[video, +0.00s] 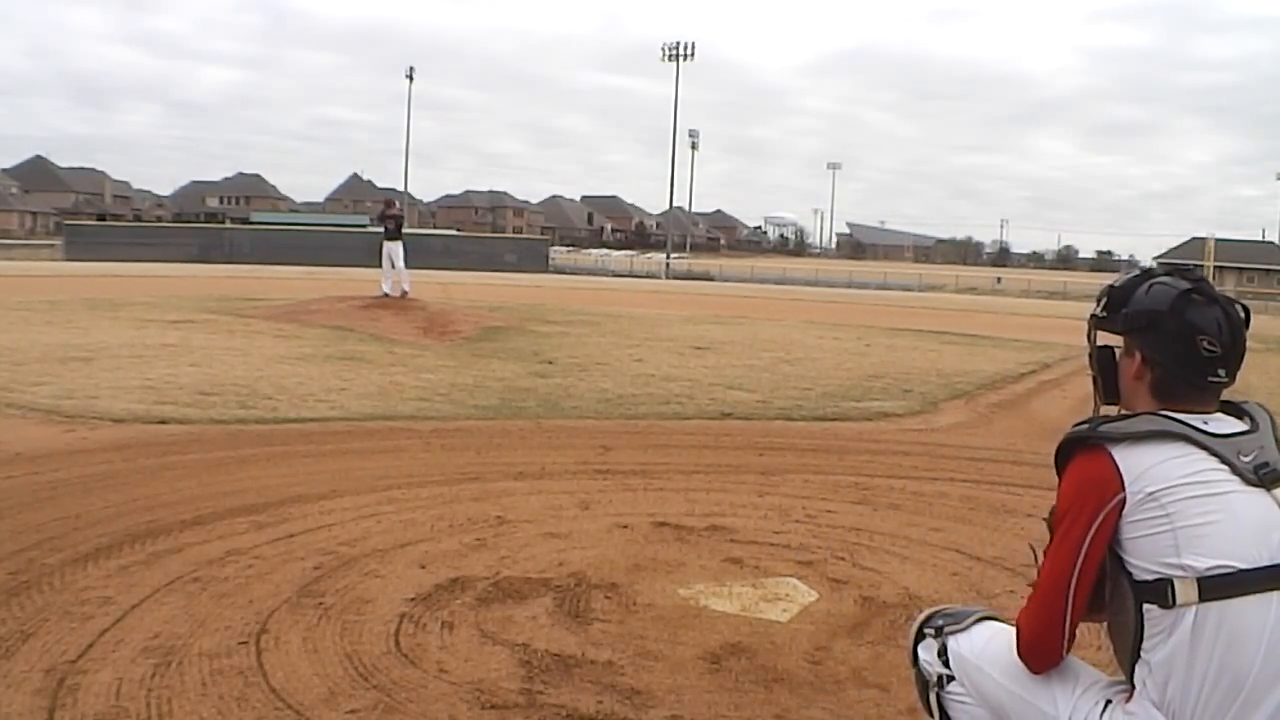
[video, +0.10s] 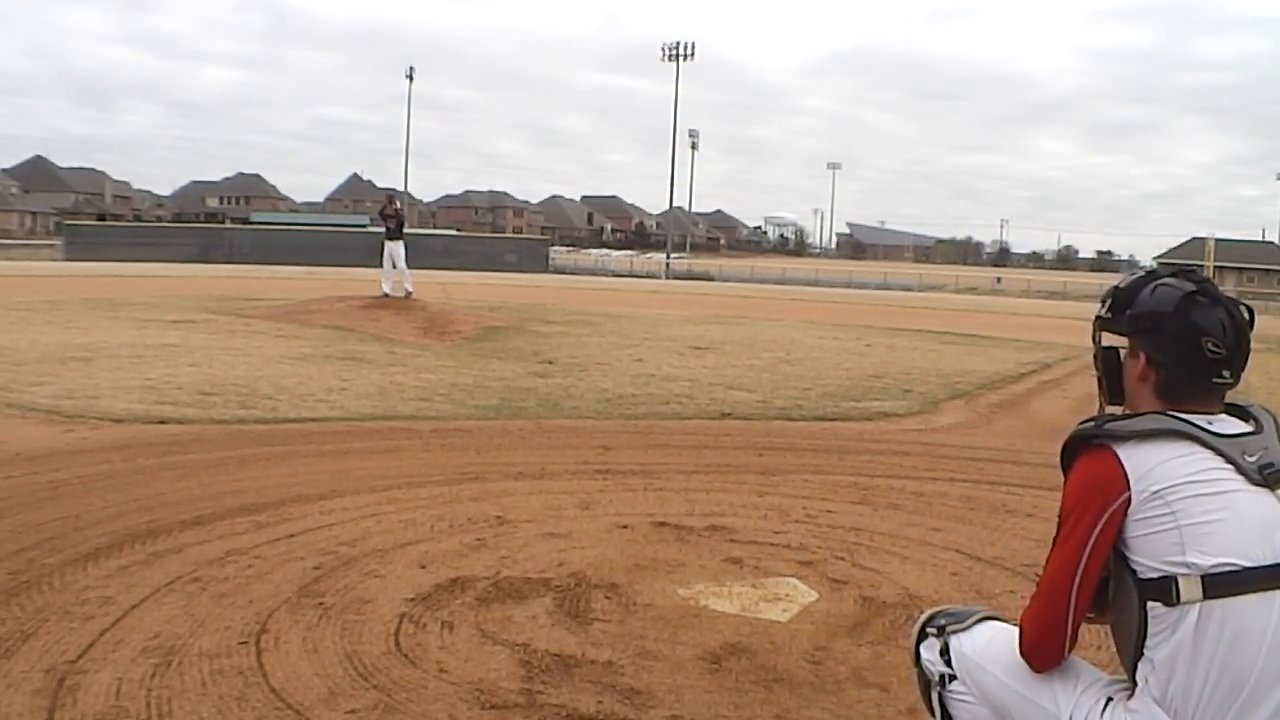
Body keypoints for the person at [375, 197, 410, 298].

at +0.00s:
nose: (391, 211)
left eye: (393, 209)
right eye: (389, 209)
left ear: (395, 207)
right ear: (386, 208)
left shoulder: (399, 215)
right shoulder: (385, 215)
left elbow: (399, 224)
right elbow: (379, 219)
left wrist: (395, 213)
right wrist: (384, 210)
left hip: (396, 240)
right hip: (386, 240)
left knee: (400, 266)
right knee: (385, 267)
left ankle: (405, 288)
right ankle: (386, 289)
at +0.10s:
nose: (391, 207)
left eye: (391, 205)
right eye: (390, 205)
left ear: (394, 205)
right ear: (389, 206)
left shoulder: (399, 216)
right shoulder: (387, 217)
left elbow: (401, 220)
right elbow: (380, 213)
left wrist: (398, 209)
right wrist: (386, 204)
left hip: (398, 241)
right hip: (388, 241)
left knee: (401, 266)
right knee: (386, 267)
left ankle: (408, 289)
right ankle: (386, 289)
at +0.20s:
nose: (393, 209)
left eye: (395, 207)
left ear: (398, 208)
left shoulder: (402, 219)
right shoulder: (389, 219)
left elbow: (403, 215)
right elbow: (383, 211)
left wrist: (398, 206)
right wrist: (387, 202)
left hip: (400, 241)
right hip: (390, 241)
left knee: (403, 267)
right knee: (388, 267)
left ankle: (410, 290)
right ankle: (386, 289)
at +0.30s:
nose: (396, 210)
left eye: (397, 208)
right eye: (394, 208)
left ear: (400, 210)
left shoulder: (404, 219)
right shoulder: (392, 218)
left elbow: (404, 213)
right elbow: (384, 209)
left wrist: (399, 204)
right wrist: (390, 202)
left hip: (402, 242)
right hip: (392, 242)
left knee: (405, 267)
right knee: (389, 267)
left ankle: (410, 291)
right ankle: (386, 290)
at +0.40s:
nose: (396, 210)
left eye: (397, 208)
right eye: (394, 208)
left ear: (400, 209)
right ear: (392, 210)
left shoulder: (405, 219)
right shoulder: (394, 219)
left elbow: (407, 214)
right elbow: (386, 208)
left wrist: (403, 206)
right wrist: (393, 202)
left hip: (405, 243)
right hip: (395, 243)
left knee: (407, 268)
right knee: (391, 268)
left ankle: (410, 291)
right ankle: (387, 290)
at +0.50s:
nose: (400, 210)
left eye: (401, 208)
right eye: (399, 207)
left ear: (404, 209)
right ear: (398, 209)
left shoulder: (408, 220)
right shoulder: (396, 219)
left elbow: (409, 214)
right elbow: (388, 208)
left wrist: (405, 205)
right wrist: (395, 203)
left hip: (407, 243)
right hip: (397, 243)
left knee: (408, 268)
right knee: (391, 267)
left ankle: (410, 291)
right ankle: (387, 290)